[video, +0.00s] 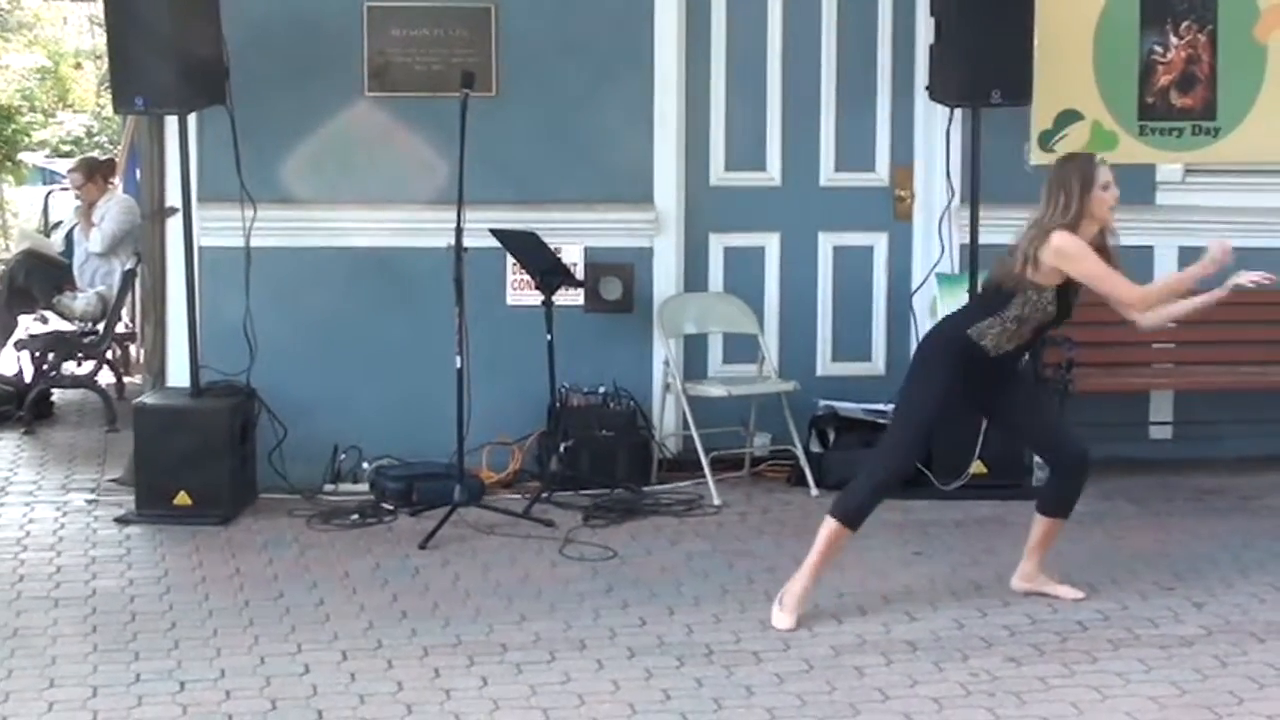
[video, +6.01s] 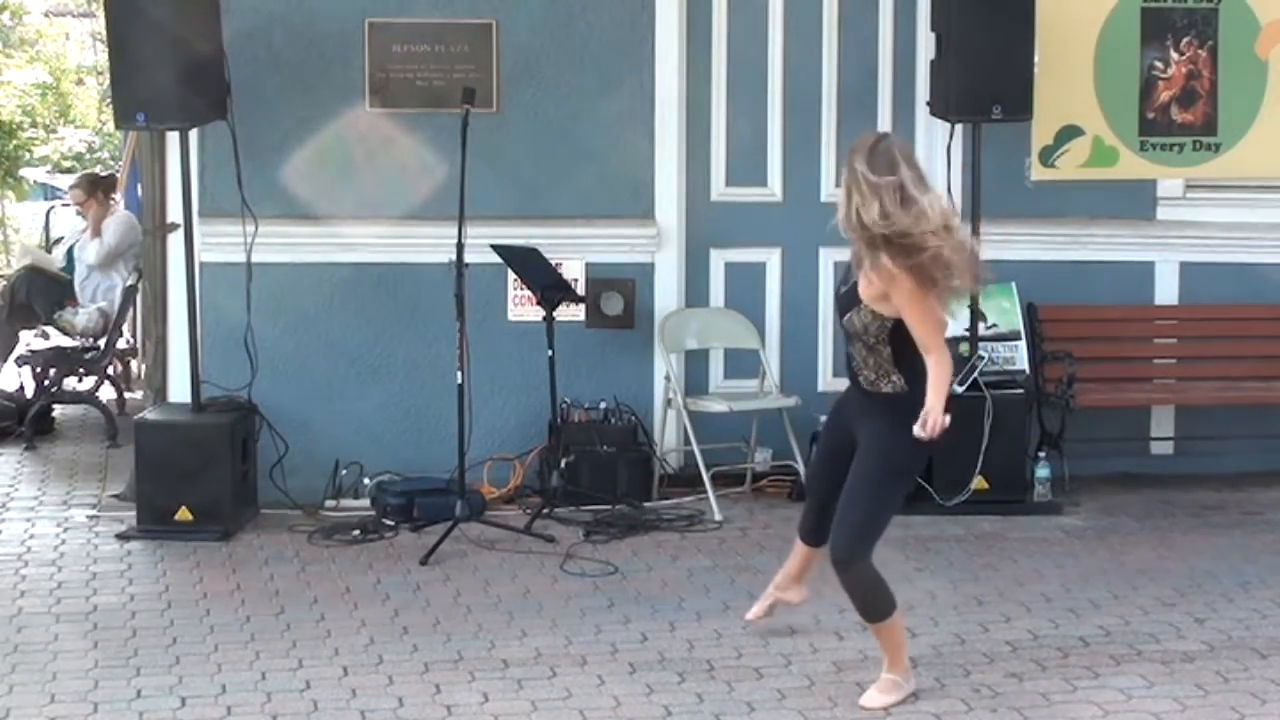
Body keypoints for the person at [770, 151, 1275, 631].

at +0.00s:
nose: (1116, 197)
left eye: (1115, 187)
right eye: (1107, 188)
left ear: (1087, 198)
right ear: (1079, 196)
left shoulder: (1086, 252)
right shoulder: (1058, 242)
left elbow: (1149, 319)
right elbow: (1135, 302)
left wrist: (1224, 292)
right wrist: (1203, 270)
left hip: (1000, 370)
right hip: (953, 356)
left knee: (1071, 457)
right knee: (894, 463)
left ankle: (1030, 572)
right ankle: (801, 584)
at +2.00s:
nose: (934, 115)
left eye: (947, 107)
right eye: (935, 108)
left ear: (978, 121)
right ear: (942, 124)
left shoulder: (1012, 184)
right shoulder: (915, 175)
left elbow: (1076, 240)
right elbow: (828, 173)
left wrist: (1036, 301)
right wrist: (806, 104)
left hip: (982, 340)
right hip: (919, 337)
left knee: (1008, 463)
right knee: (889, 456)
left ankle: (991, 586)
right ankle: (838, 596)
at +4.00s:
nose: (909, 260)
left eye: (921, 251)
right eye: (901, 248)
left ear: (946, 240)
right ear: (890, 236)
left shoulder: (965, 251)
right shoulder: (865, 256)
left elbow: (967, 289)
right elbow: (828, 285)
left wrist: (965, 346)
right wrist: (848, 353)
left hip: (930, 383)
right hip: (865, 381)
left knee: (935, 510)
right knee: (884, 506)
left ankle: (913, 638)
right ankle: (859, 637)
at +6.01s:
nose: (846, 196)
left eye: (851, 187)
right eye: (848, 186)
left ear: (866, 193)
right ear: (900, 186)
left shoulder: (902, 269)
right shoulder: (872, 250)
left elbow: (938, 353)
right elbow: (889, 327)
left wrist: (933, 406)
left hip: (899, 416)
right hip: (859, 398)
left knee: (848, 552)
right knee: (821, 488)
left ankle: (899, 670)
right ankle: (790, 581)